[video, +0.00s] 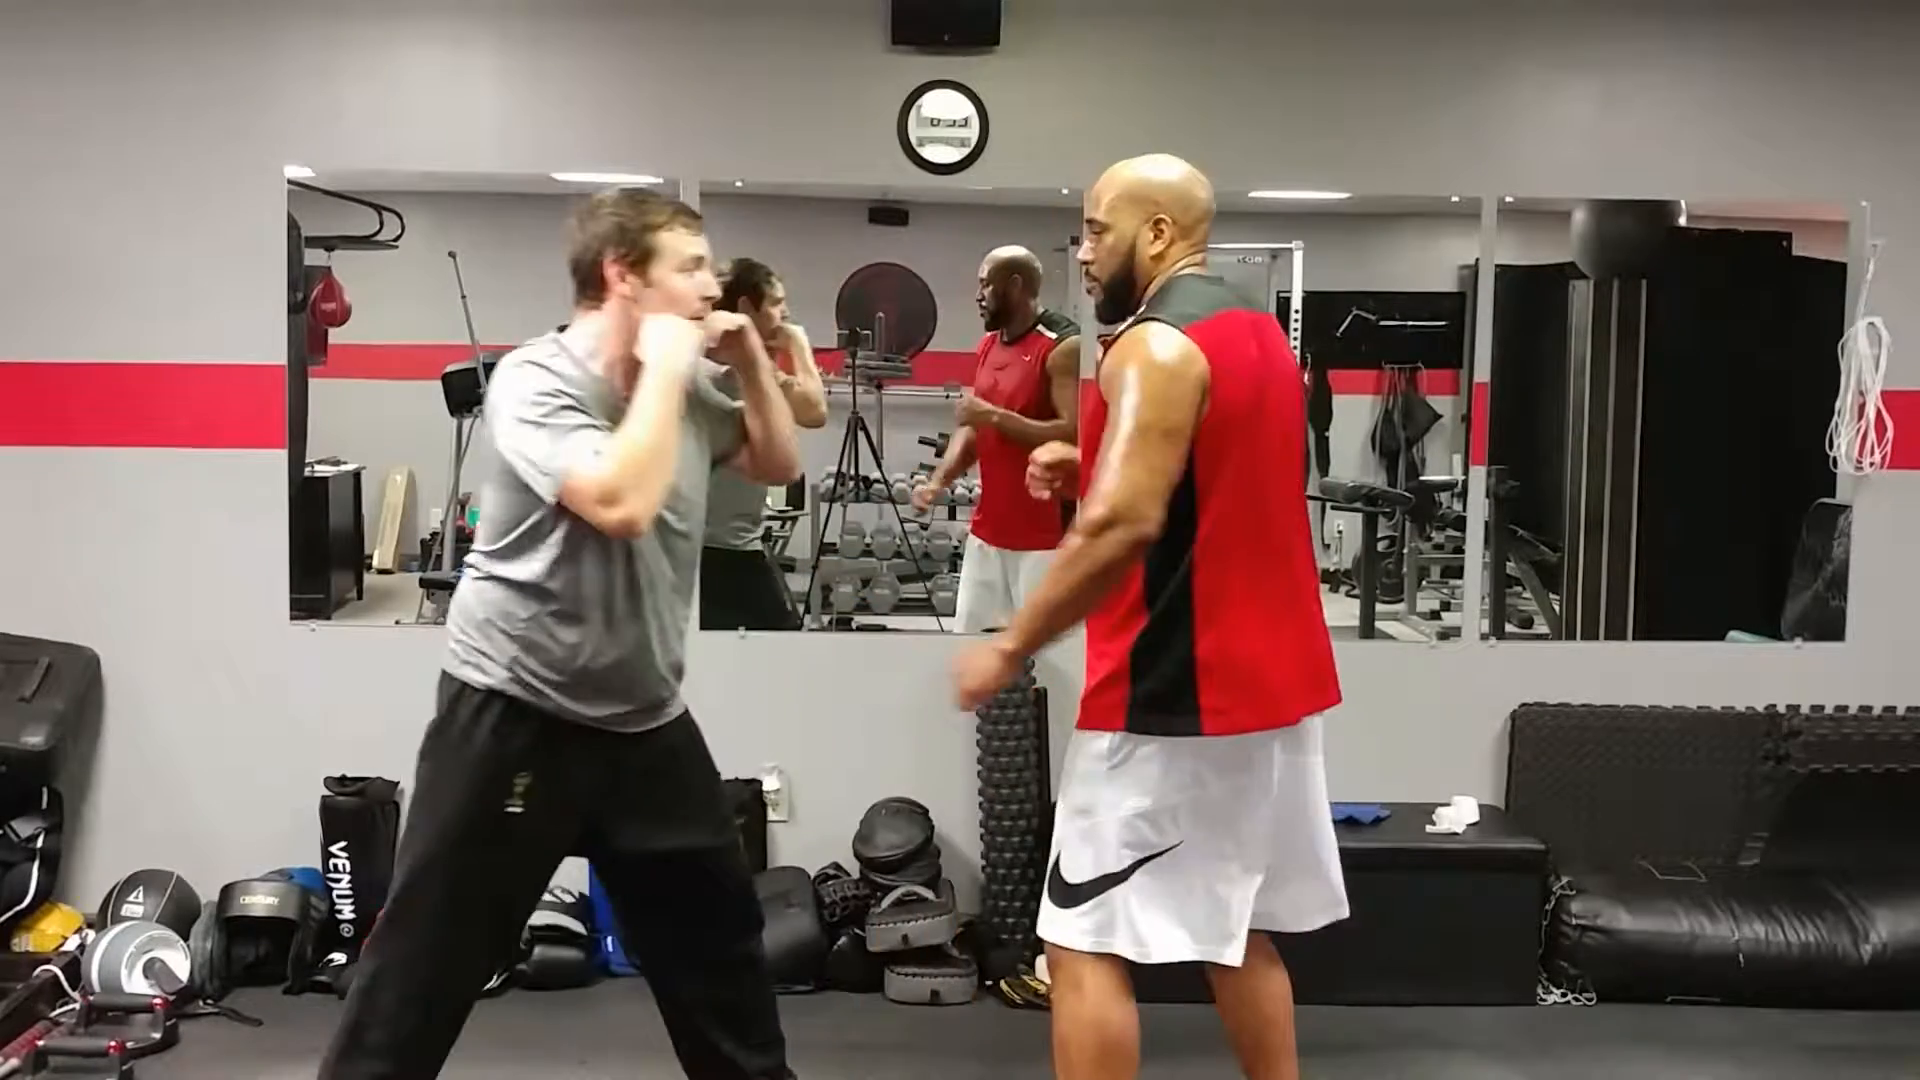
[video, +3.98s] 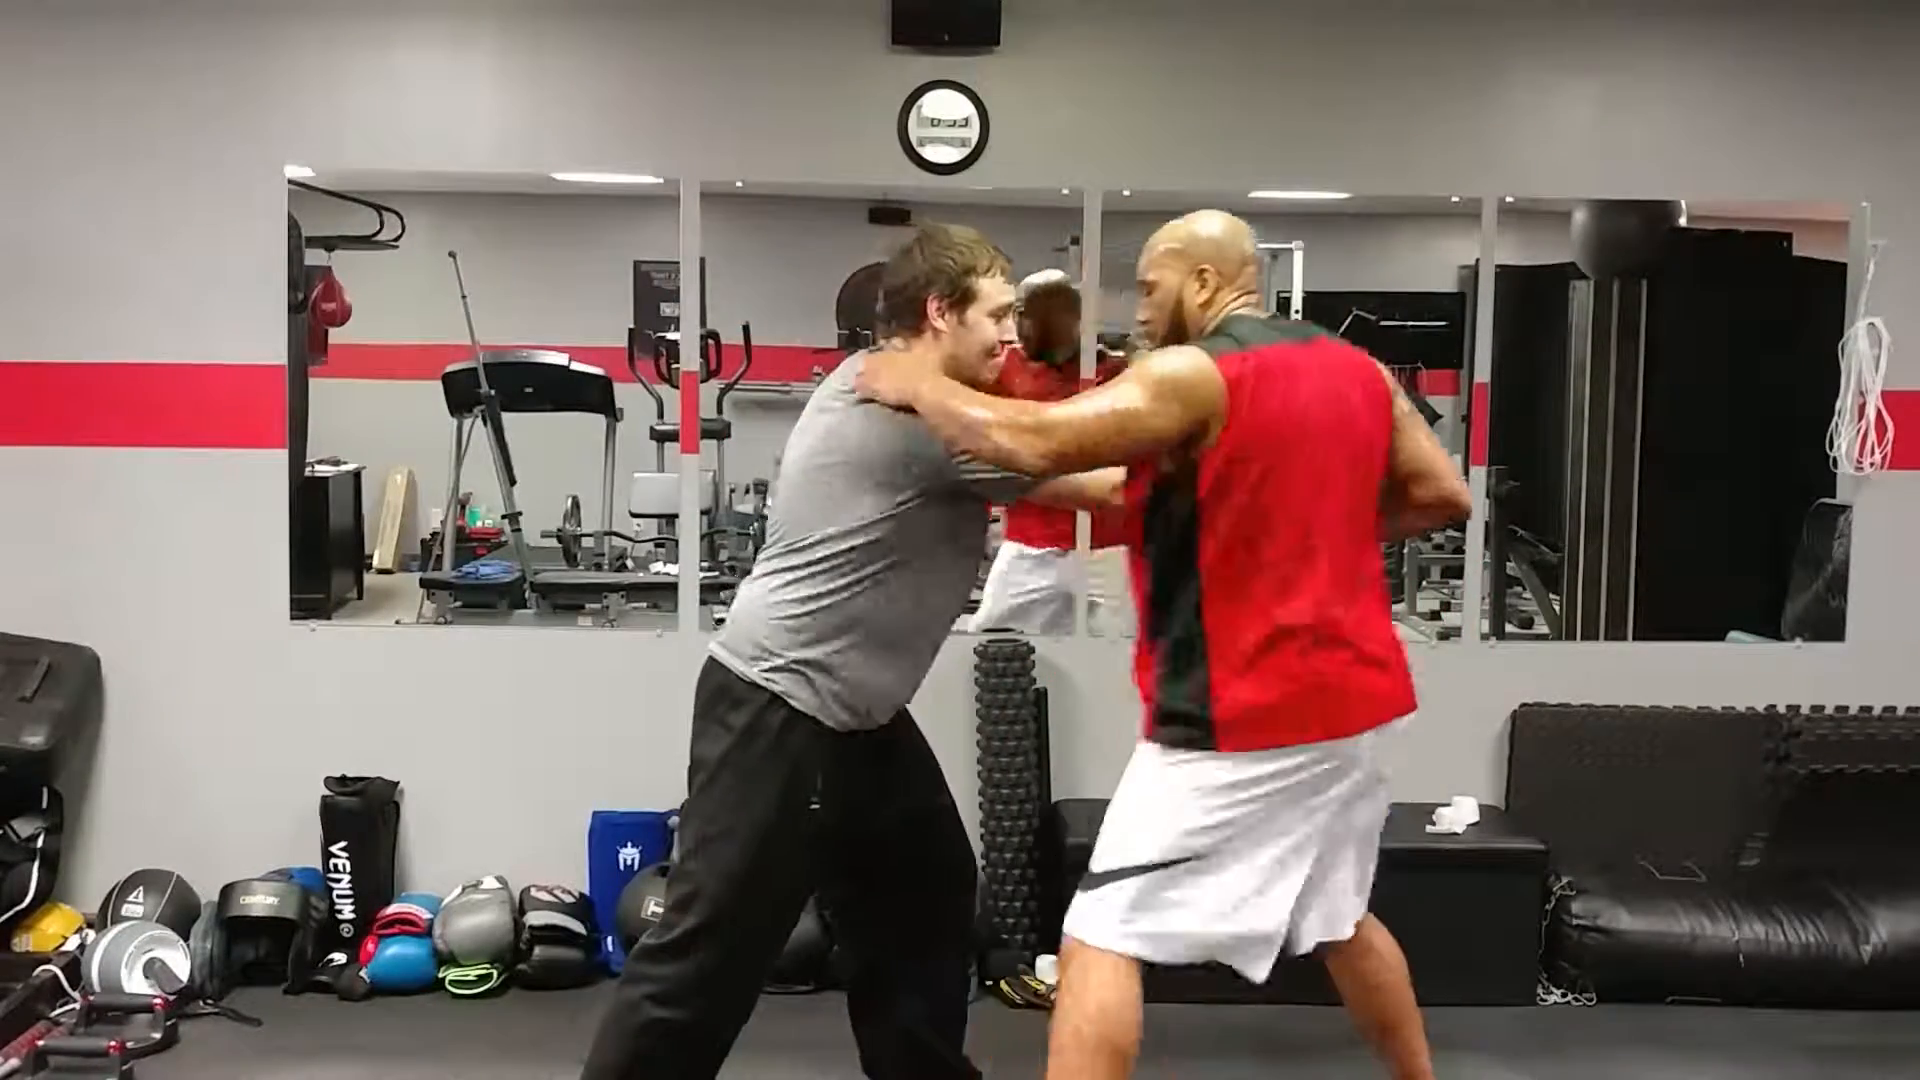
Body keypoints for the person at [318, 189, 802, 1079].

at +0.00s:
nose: (712, 292)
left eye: (710, 274)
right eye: (693, 272)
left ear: (628, 280)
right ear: (620, 278)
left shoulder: (678, 388)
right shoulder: (528, 384)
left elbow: (776, 462)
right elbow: (621, 502)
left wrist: (754, 364)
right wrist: (666, 367)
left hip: (647, 727)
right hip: (512, 717)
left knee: (721, 969)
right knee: (417, 981)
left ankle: (758, 1079)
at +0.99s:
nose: (970, 351)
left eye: (969, 331)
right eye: (953, 328)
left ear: (881, 332)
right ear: (886, 329)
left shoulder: (819, 413)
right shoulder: (876, 431)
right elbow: (1025, 506)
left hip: (809, 730)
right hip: (734, 716)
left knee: (914, 935)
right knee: (655, 977)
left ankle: (911, 1071)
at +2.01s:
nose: (850, 325)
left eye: (848, 305)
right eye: (828, 305)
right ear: (761, 319)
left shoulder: (810, 420)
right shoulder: (685, 424)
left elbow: (826, 554)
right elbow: (697, 605)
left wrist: (882, 483)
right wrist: (847, 581)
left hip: (761, 754)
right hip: (635, 747)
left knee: (870, 958)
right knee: (524, 987)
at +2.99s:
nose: (931, 285)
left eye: (923, 268)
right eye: (910, 269)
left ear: (850, 298)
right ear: (852, 292)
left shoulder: (836, 381)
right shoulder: (865, 364)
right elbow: (1033, 301)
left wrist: (1040, 290)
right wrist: (1118, 252)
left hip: (880, 715)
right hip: (812, 711)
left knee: (977, 936)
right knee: (751, 974)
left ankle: (998, 1074)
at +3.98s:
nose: (1010, 338)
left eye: (1010, 319)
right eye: (996, 316)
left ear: (936, 316)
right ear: (938, 314)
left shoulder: (864, 385)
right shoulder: (922, 418)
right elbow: (1080, 480)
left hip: (857, 714)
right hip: (775, 706)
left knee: (926, 909)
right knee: (705, 956)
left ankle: (920, 1067)